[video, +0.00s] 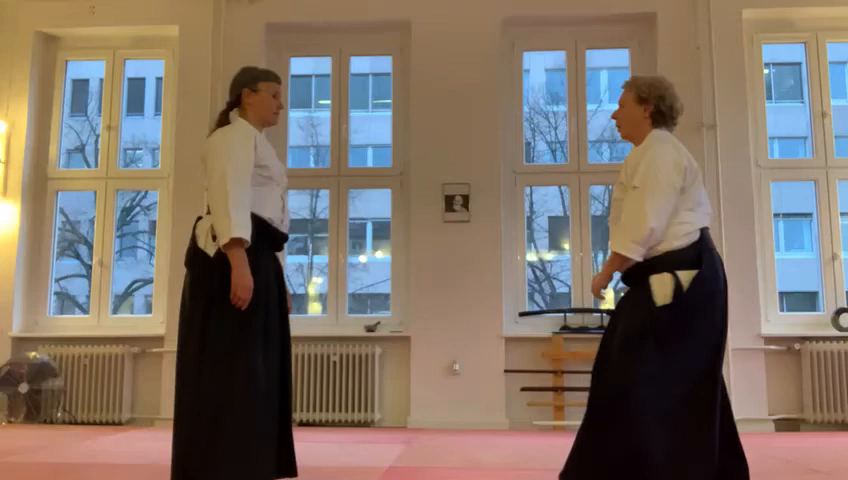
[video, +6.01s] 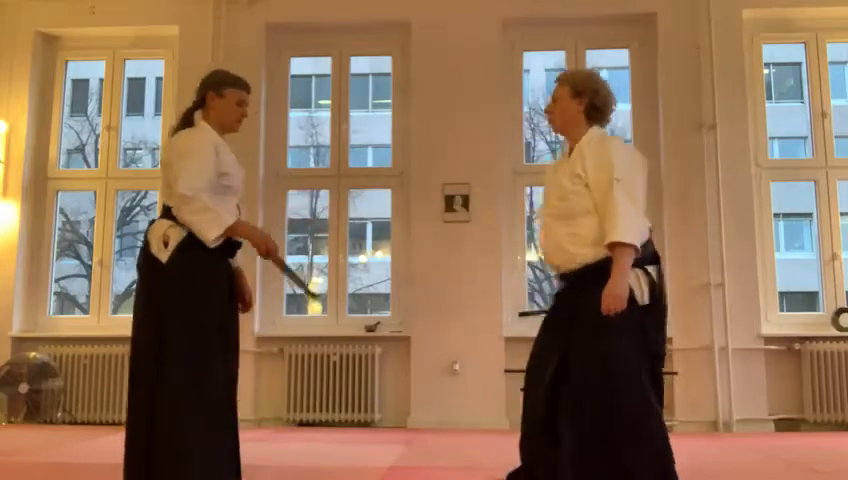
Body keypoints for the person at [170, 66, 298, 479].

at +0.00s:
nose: (280, 104)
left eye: (280, 98)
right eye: (273, 96)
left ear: (255, 100)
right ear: (247, 97)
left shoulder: (256, 141)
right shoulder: (233, 136)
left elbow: (261, 212)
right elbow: (226, 197)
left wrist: (276, 274)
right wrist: (238, 260)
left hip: (254, 258)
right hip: (233, 258)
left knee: (254, 368)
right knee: (234, 368)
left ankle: (250, 464)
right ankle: (229, 467)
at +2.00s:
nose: (269, 99)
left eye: (268, 92)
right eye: (262, 90)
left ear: (240, 95)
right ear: (235, 92)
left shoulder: (246, 137)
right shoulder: (223, 134)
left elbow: (247, 201)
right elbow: (222, 196)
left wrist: (266, 255)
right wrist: (236, 261)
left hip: (254, 255)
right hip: (233, 257)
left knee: (252, 364)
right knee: (232, 366)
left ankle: (249, 465)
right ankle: (229, 467)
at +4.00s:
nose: (269, 100)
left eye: (269, 93)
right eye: (262, 92)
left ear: (243, 96)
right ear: (235, 94)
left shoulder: (243, 136)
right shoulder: (225, 133)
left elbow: (240, 201)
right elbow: (221, 199)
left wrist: (261, 257)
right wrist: (239, 264)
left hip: (246, 256)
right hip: (229, 259)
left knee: (244, 368)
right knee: (230, 368)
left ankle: (241, 464)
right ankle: (227, 466)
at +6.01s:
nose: (245, 113)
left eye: (247, 106)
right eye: (239, 104)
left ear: (217, 103)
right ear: (212, 99)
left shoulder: (214, 145)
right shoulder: (195, 140)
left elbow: (211, 215)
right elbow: (186, 201)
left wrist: (233, 271)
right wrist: (249, 232)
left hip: (204, 264)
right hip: (184, 264)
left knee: (205, 374)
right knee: (187, 375)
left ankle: (201, 470)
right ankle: (186, 471)